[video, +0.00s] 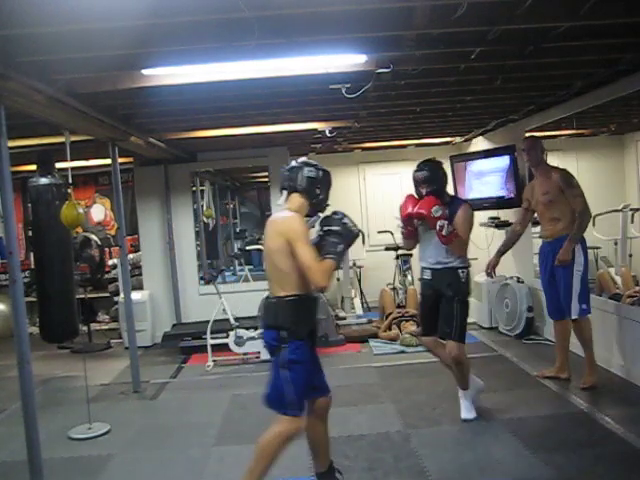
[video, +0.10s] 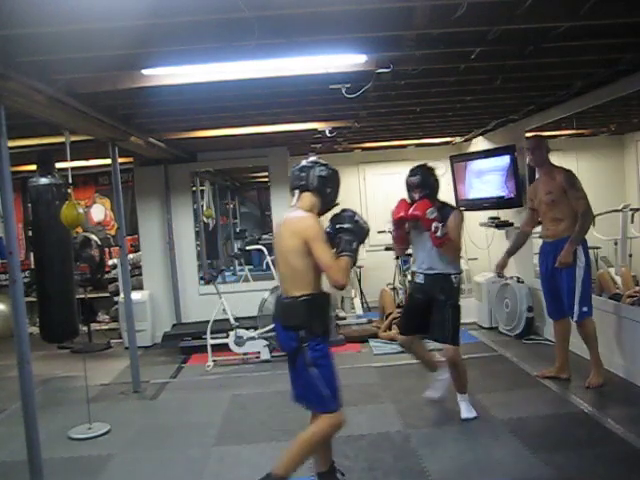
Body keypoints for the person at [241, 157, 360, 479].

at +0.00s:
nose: (323, 198)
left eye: (323, 192)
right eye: (322, 190)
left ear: (291, 187)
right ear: (314, 189)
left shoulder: (278, 221)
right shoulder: (292, 222)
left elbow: (302, 275)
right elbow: (319, 279)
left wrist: (326, 246)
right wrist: (336, 248)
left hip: (288, 322)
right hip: (288, 325)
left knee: (319, 402)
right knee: (292, 419)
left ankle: (325, 473)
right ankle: (251, 475)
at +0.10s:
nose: (332, 199)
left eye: (332, 193)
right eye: (331, 192)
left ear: (300, 186)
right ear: (323, 189)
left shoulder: (287, 222)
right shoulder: (307, 223)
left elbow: (311, 268)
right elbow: (339, 278)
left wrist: (336, 242)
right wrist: (350, 243)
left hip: (293, 317)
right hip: (305, 321)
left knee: (320, 407)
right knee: (333, 417)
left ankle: (325, 471)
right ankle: (275, 475)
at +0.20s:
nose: (345, 191)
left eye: (343, 185)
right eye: (343, 184)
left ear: (312, 182)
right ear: (333, 183)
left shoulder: (294, 218)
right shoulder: (322, 218)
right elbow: (350, 272)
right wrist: (361, 238)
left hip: (299, 316)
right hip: (319, 320)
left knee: (322, 400)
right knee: (359, 404)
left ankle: (323, 471)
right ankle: (319, 470)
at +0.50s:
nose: (369, 190)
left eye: (368, 184)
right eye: (367, 184)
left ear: (335, 183)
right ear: (359, 183)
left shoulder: (316, 217)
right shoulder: (364, 216)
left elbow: (299, 264)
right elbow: (394, 267)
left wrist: (321, 241)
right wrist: (399, 242)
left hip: (329, 309)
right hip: (357, 310)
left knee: (356, 387)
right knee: (370, 400)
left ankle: (349, 458)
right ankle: (360, 474)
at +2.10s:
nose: (342, 207)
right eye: (341, 202)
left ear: (313, 209)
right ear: (338, 205)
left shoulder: (304, 231)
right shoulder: (354, 227)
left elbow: (274, 253)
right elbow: (376, 270)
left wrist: (289, 238)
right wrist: (355, 251)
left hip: (316, 312)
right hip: (347, 312)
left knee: (321, 370)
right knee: (379, 381)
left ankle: (311, 430)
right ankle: (377, 462)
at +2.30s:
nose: (349, 207)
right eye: (348, 203)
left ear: (319, 205)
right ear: (344, 204)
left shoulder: (306, 228)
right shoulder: (359, 226)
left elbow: (276, 252)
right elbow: (376, 264)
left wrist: (273, 235)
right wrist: (359, 244)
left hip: (316, 313)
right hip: (347, 313)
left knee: (323, 373)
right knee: (380, 385)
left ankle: (309, 433)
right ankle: (376, 468)